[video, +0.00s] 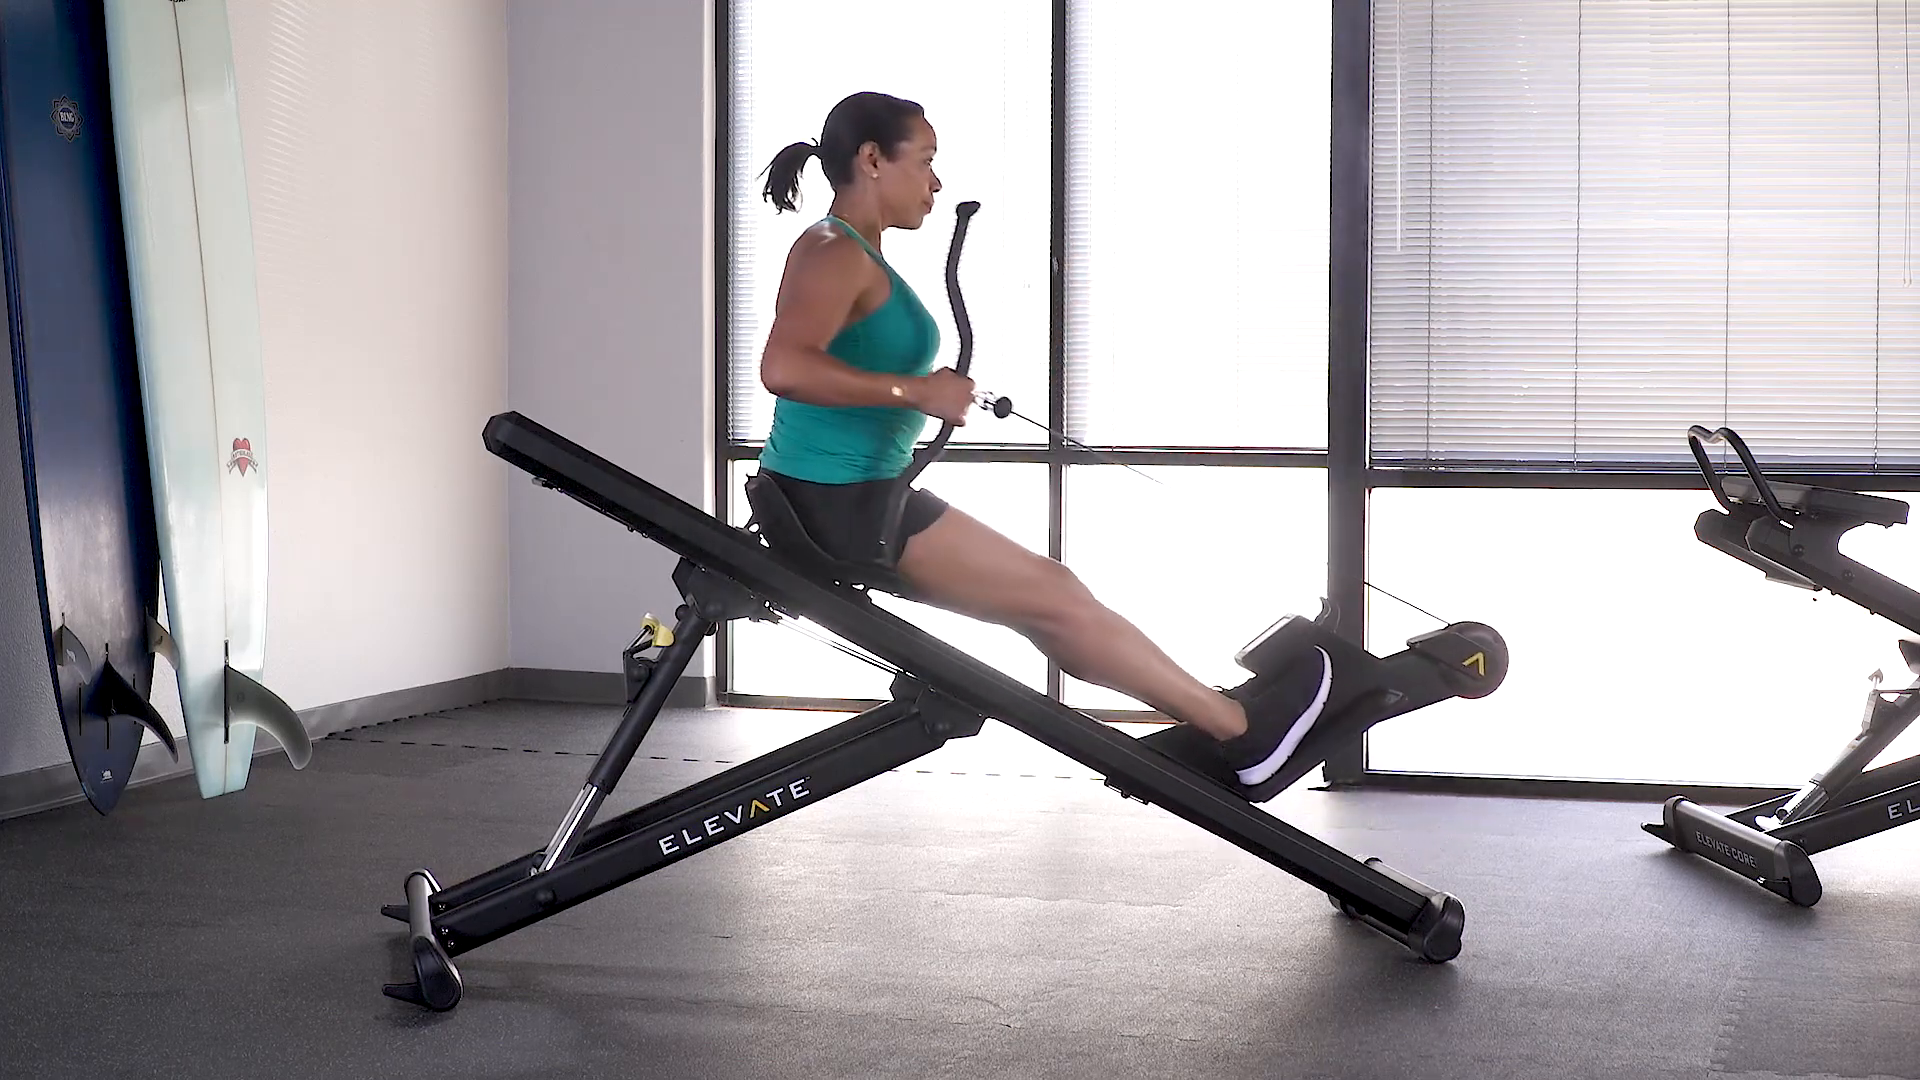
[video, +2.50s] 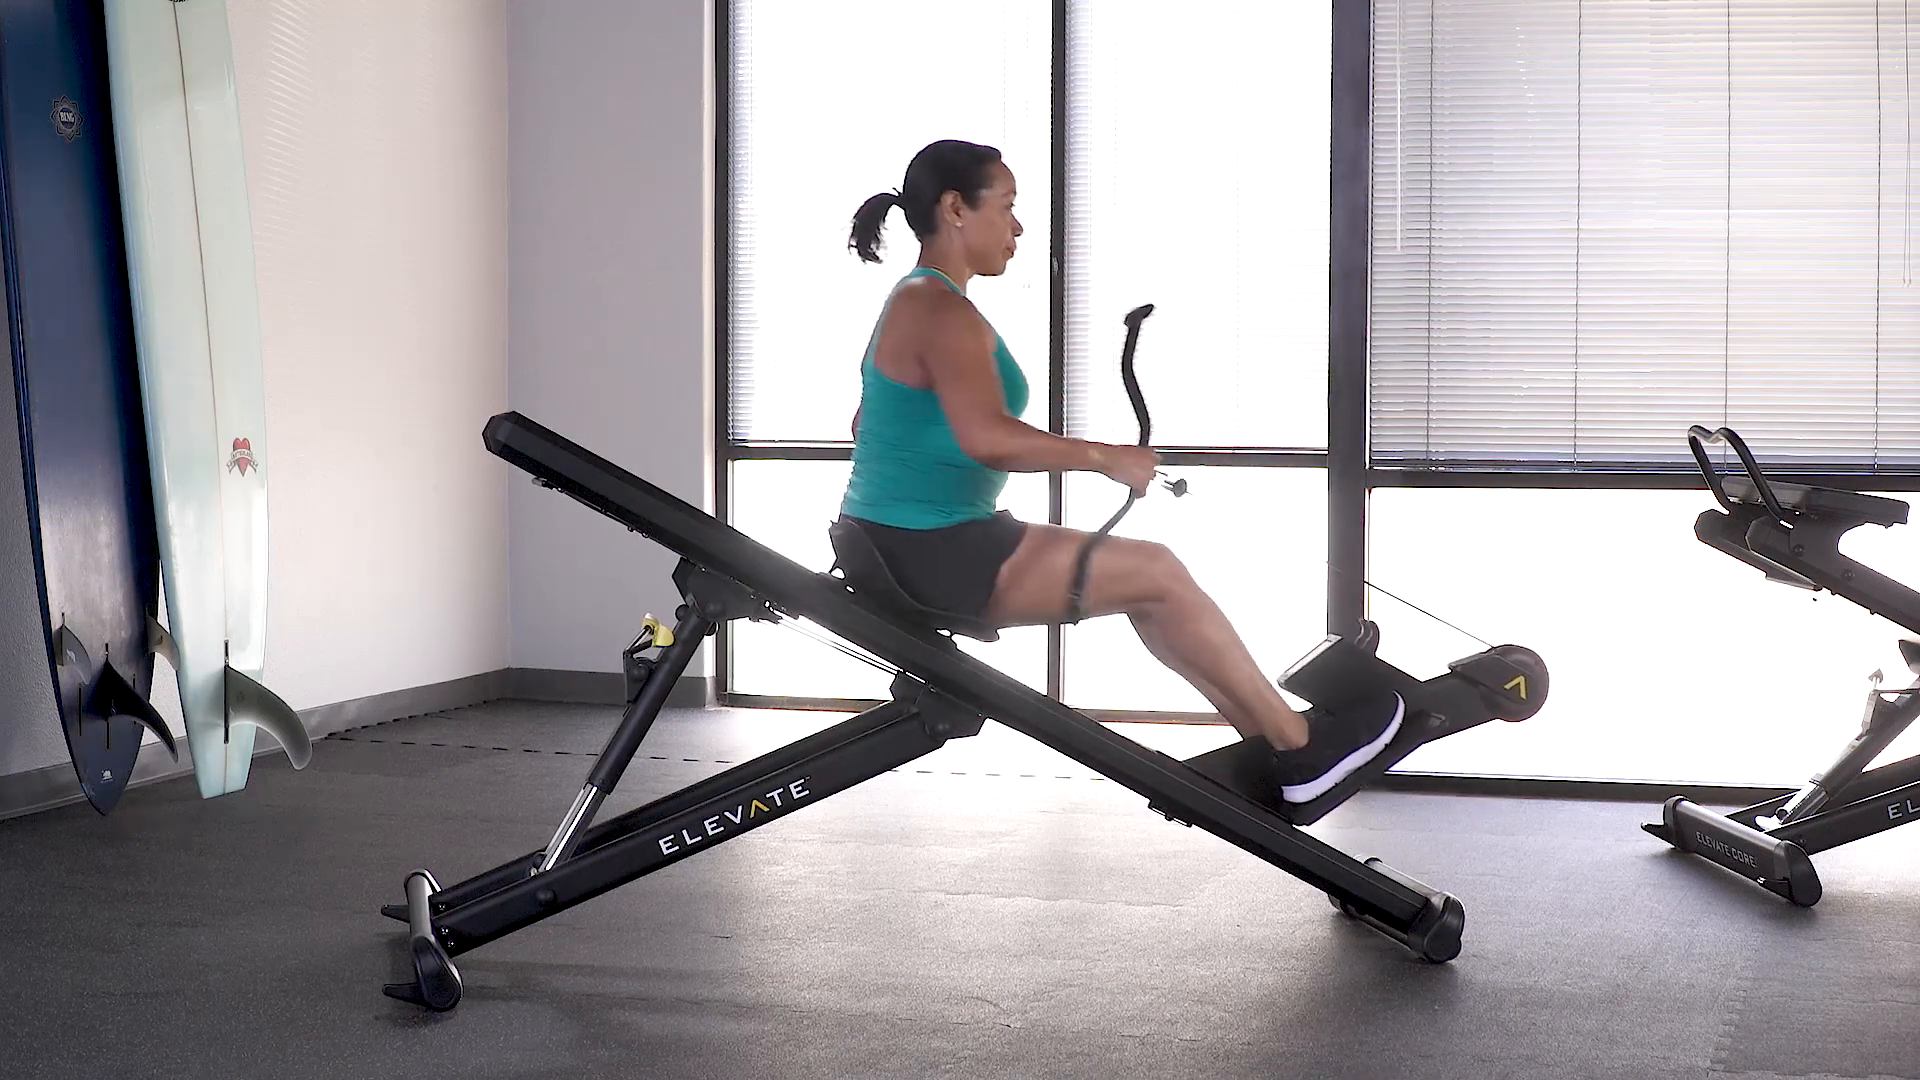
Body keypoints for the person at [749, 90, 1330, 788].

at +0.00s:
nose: (935, 180)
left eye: (933, 162)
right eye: (925, 160)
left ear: (875, 166)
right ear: (872, 163)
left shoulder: (855, 252)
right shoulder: (831, 252)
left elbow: (814, 367)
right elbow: (783, 366)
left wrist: (922, 389)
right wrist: (912, 390)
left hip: (865, 489)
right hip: (832, 500)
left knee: (1056, 589)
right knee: (1050, 599)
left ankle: (1224, 717)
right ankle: (1232, 723)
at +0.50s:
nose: (1013, 225)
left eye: (1010, 207)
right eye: (1002, 207)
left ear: (948, 213)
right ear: (950, 210)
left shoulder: (916, 303)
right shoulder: (936, 312)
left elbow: (976, 439)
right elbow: (985, 438)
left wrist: (1084, 460)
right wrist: (1103, 466)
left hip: (907, 544)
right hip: (919, 550)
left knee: (1146, 576)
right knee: (1152, 575)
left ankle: (1275, 731)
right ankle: (1300, 750)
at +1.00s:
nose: (1221, 325)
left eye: (1216, 307)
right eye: (1210, 307)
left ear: (1155, 318)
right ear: (1161, 315)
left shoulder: (1087, 410)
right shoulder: (1218, 431)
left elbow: (1019, 514)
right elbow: (1347, 536)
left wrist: (1073, 588)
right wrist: (1442, 604)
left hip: (1046, 632)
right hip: (1121, 651)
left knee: (1298, 574)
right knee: (1327, 582)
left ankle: (1347, 762)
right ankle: (1390, 783)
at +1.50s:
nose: (1164, 293)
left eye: (1159, 276)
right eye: (1151, 276)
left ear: (1092, 287)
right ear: (1101, 285)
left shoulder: (1039, 374)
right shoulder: (1145, 394)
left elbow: (975, 485)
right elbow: (1264, 510)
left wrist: (1035, 553)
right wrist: (1371, 570)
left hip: (995, 605)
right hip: (1062, 618)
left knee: (1251, 584)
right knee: (1274, 582)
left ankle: (1332, 760)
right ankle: (1371, 776)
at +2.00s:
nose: (926, 178)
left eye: (923, 160)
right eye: (914, 159)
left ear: (863, 164)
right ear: (860, 162)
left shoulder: (844, 249)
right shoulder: (820, 249)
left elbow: (797, 356)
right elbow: (766, 355)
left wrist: (908, 374)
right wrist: (895, 375)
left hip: (848, 488)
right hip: (821, 498)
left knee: (1049, 585)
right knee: (1046, 593)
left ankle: (1215, 713)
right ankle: (1228, 721)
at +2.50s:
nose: (1018, 223)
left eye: (1014, 205)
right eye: (1007, 205)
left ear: (953, 213)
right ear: (954, 210)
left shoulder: (915, 303)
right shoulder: (942, 311)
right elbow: (984, 435)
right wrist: (1102, 458)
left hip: (901, 542)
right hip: (922, 549)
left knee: (1145, 581)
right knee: (1156, 571)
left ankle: (1269, 732)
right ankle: (1297, 744)